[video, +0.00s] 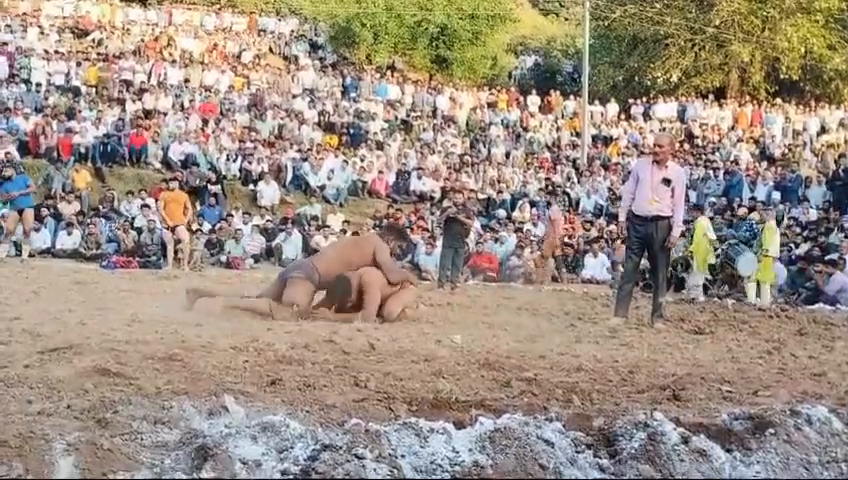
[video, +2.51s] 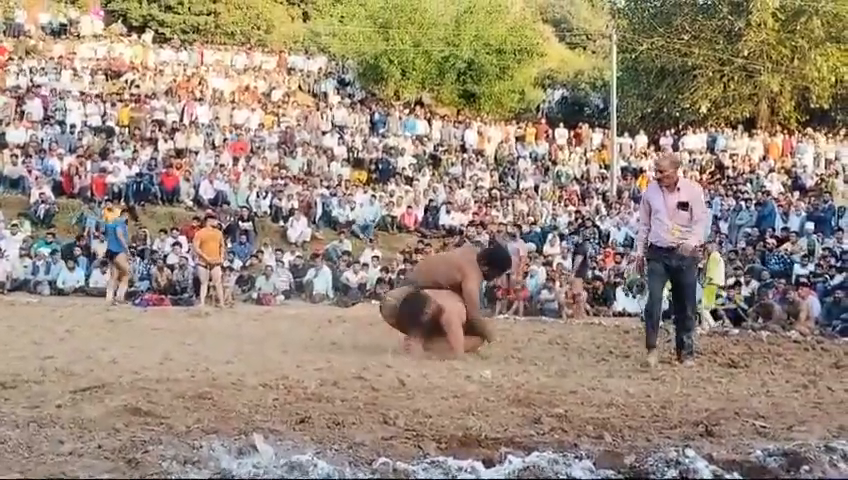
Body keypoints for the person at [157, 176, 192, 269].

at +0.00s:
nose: (172, 185)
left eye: (174, 182)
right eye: (170, 182)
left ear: (178, 183)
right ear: (168, 184)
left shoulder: (184, 195)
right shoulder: (164, 195)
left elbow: (189, 209)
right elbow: (160, 209)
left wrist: (186, 220)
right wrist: (168, 221)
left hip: (180, 222)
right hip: (167, 222)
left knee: (185, 239)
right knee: (169, 244)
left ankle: (185, 264)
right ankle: (169, 265)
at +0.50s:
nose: (174, 185)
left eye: (176, 182)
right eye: (172, 183)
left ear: (179, 184)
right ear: (169, 184)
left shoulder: (184, 195)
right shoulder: (165, 195)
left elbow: (189, 208)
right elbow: (163, 209)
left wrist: (188, 220)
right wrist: (170, 220)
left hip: (182, 224)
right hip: (169, 224)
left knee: (186, 244)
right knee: (171, 245)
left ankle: (186, 265)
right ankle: (170, 265)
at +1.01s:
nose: (191, 190)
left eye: (192, 188)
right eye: (188, 188)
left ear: (194, 189)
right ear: (184, 190)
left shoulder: (199, 202)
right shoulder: (180, 202)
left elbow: (203, 216)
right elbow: (179, 217)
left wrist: (202, 228)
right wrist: (188, 228)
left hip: (196, 231)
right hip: (184, 231)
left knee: (197, 252)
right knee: (185, 252)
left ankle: (199, 271)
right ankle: (185, 271)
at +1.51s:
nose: (223, 212)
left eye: (224, 210)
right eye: (221, 210)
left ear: (226, 212)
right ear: (216, 212)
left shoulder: (229, 223)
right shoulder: (210, 224)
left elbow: (232, 236)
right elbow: (208, 239)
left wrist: (232, 247)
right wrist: (217, 249)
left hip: (227, 252)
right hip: (214, 252)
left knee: (228, 273)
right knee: (216, 274)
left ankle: (230, 294)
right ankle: (216, 293)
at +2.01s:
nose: (216, 221)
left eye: (217, 218)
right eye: (214, 218)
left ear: (218, 220)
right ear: (208, 219)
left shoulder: (220, 231)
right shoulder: (201, 232)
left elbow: (223, 244)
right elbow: (199, 247)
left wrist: (223, 256)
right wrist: (210, 258)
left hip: (218, 260)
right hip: (206, 260)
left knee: (220, 281)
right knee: (207, 282)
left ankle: (225, 301)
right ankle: (206, 302)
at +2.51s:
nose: (214, 221)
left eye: (214, 219)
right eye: (211, 219)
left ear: (216, 220)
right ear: (206, 220)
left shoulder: (219, 233)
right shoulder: (199, 233)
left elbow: (222, 246)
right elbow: (196, 247)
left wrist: (221, 257)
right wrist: (206, 258)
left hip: (215, 261)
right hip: (203, 261)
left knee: (218, 282)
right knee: (204, 283)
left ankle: (221, 302)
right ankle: (202, 303)